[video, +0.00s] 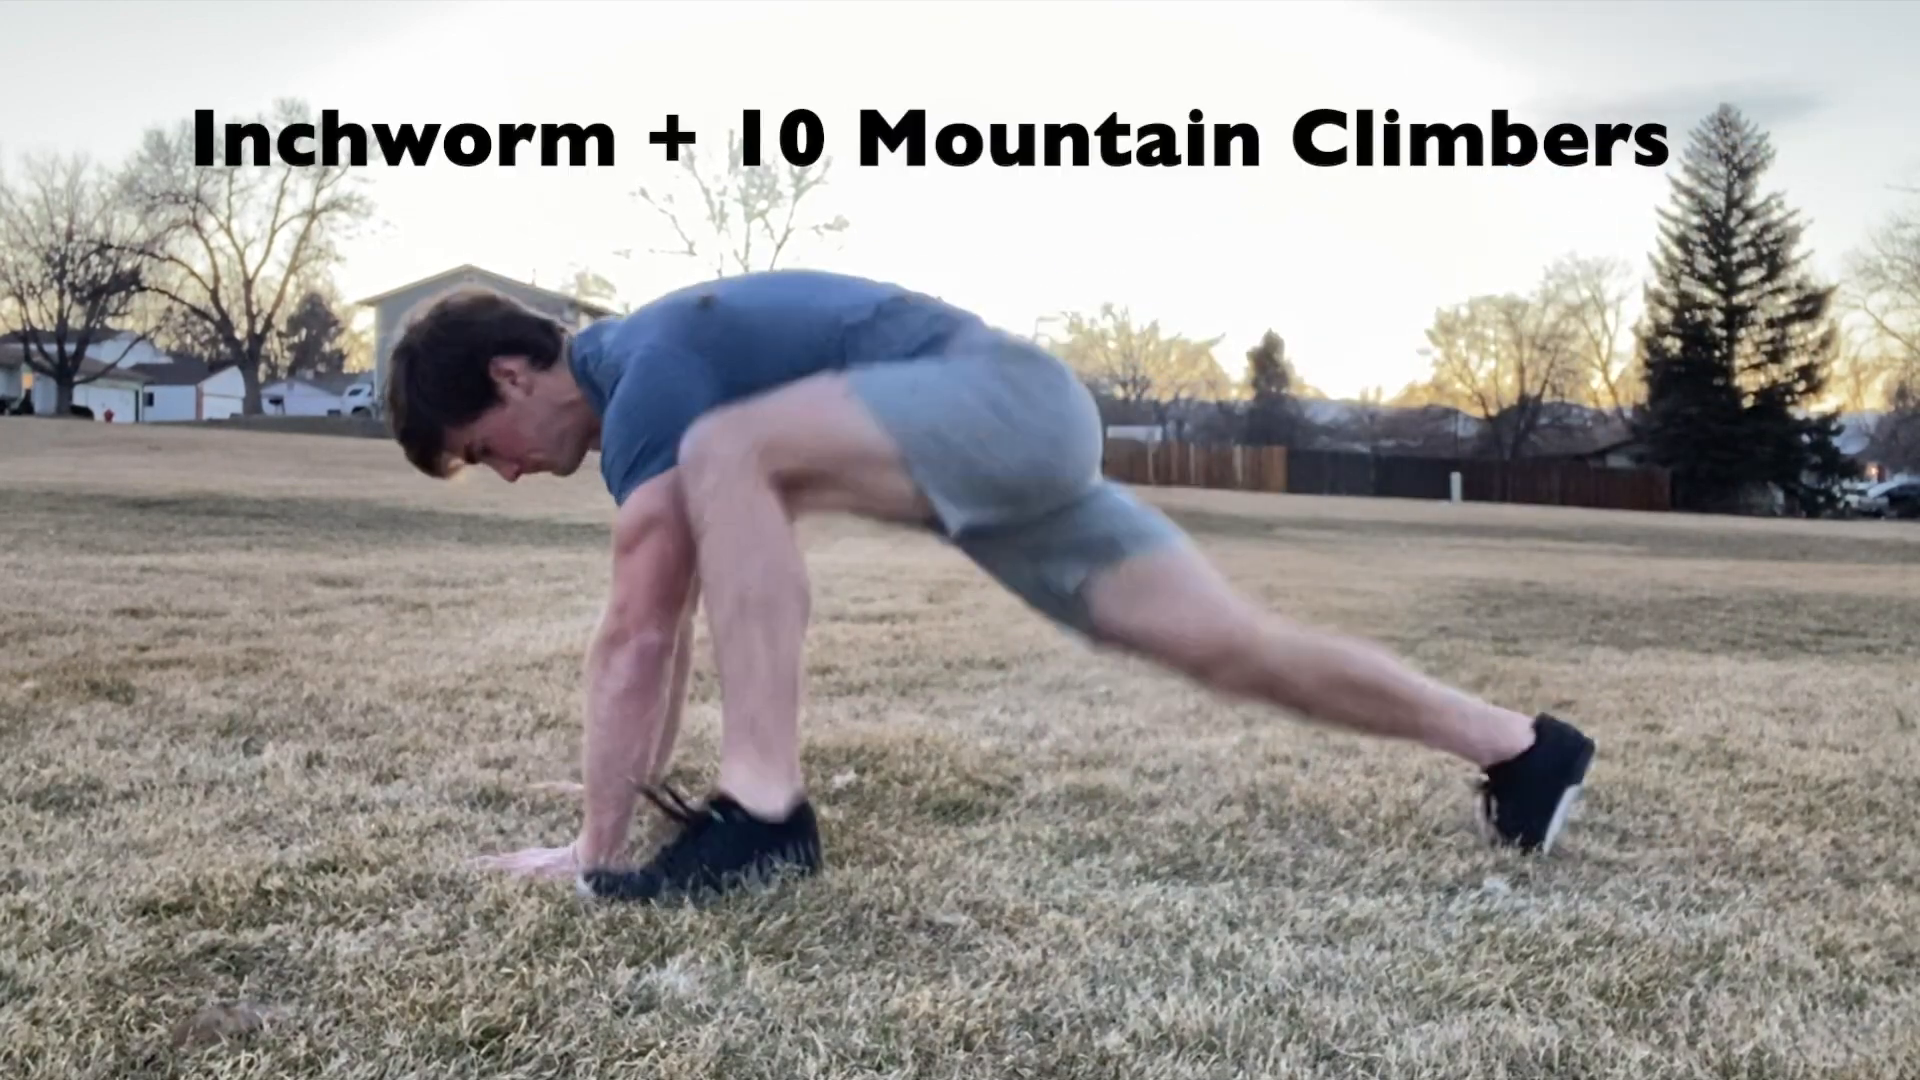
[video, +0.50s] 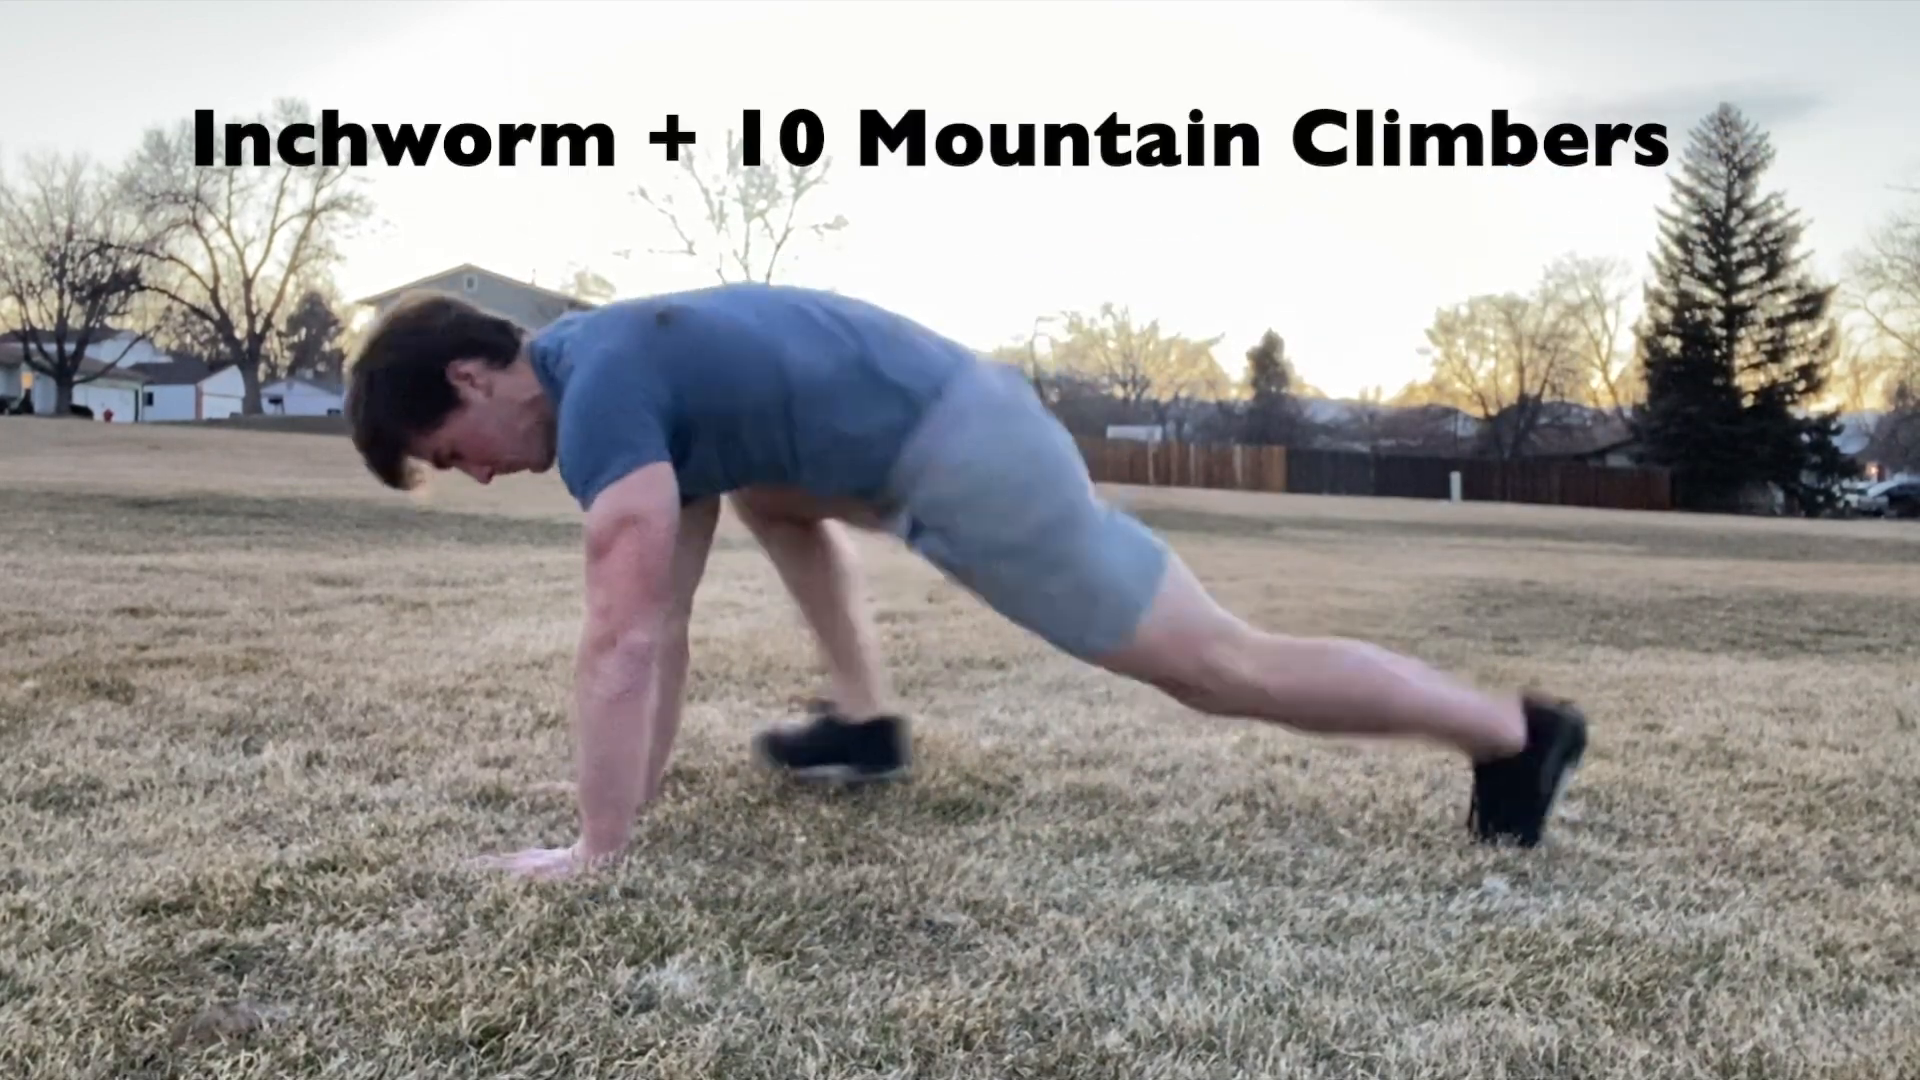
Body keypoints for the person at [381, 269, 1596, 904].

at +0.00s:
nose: (506, 472)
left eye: (485, 448)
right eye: (482, 464)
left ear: (516, 376)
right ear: (523, 372)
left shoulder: (651, 372)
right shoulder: (651, 386)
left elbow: (630, 622)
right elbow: (679, 615)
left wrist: (594, 845)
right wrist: (653, 783)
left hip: (1003, 389)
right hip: (1006, 448)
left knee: (726, 458)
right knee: (1226, 642)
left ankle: (761, 819)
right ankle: (1521, 747)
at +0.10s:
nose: (508, 480)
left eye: (487, 456)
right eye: (482, 474)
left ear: (516, 382)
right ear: (520, 385)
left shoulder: (659, 374)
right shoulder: (652, 405)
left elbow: (635, 622)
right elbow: (669, 630)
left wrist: (596, 844)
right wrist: (606, 826)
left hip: (1004, 409)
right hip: (1010, 496)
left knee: (726, 447)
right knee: (1216, 675)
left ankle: (763, 808)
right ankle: (1529, 751)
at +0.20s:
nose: (478, 502)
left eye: (456, 480)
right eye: (454, 494)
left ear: (481, 406)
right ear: (487, 410)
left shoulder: (627, 363)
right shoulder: (617, 399)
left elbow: (629, 630)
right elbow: (637, 638)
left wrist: (598, 844)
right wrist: (620, 826)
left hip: (981, 341)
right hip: (993, 385)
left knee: (769, 495)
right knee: (1180, 609)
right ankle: (1465, 727)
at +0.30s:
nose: (464, 503)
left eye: (443, 480)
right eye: (440, 495)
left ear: (464, 404)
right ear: (469, 402)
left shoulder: (594, 371)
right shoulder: (602, 376)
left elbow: (618, 620)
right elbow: (646, 600)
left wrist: (596, 842)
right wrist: (641, 780)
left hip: (947, 299)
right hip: (975, 302)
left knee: (918, 612)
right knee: (1028, 603)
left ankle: (1230, 675)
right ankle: (1306, 674)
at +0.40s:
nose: (465, 491)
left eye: (444, 469)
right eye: (442, 485)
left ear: (469, 397)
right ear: (473, 400)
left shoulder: (592, 369)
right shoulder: (619, 379)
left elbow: (614, 622)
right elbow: (654, 607)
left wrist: (595, 847)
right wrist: (643, 772)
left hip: (964, 340)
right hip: (917, 366)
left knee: (1109, 664)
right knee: (855, 551)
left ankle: (1419, 617)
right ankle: (1082, 679)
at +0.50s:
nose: (473, 473)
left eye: (452, 450)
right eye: (451, 465)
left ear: (476, 379)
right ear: (488, 376)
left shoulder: (602, 377)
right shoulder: (618, 371)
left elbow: (634, 621)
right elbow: (643, 629)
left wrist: (602, 839)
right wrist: (623, 819)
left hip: (966, 449)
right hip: (911, 445)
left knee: (1216, 663)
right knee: (753, 492)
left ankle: (1515, 733)